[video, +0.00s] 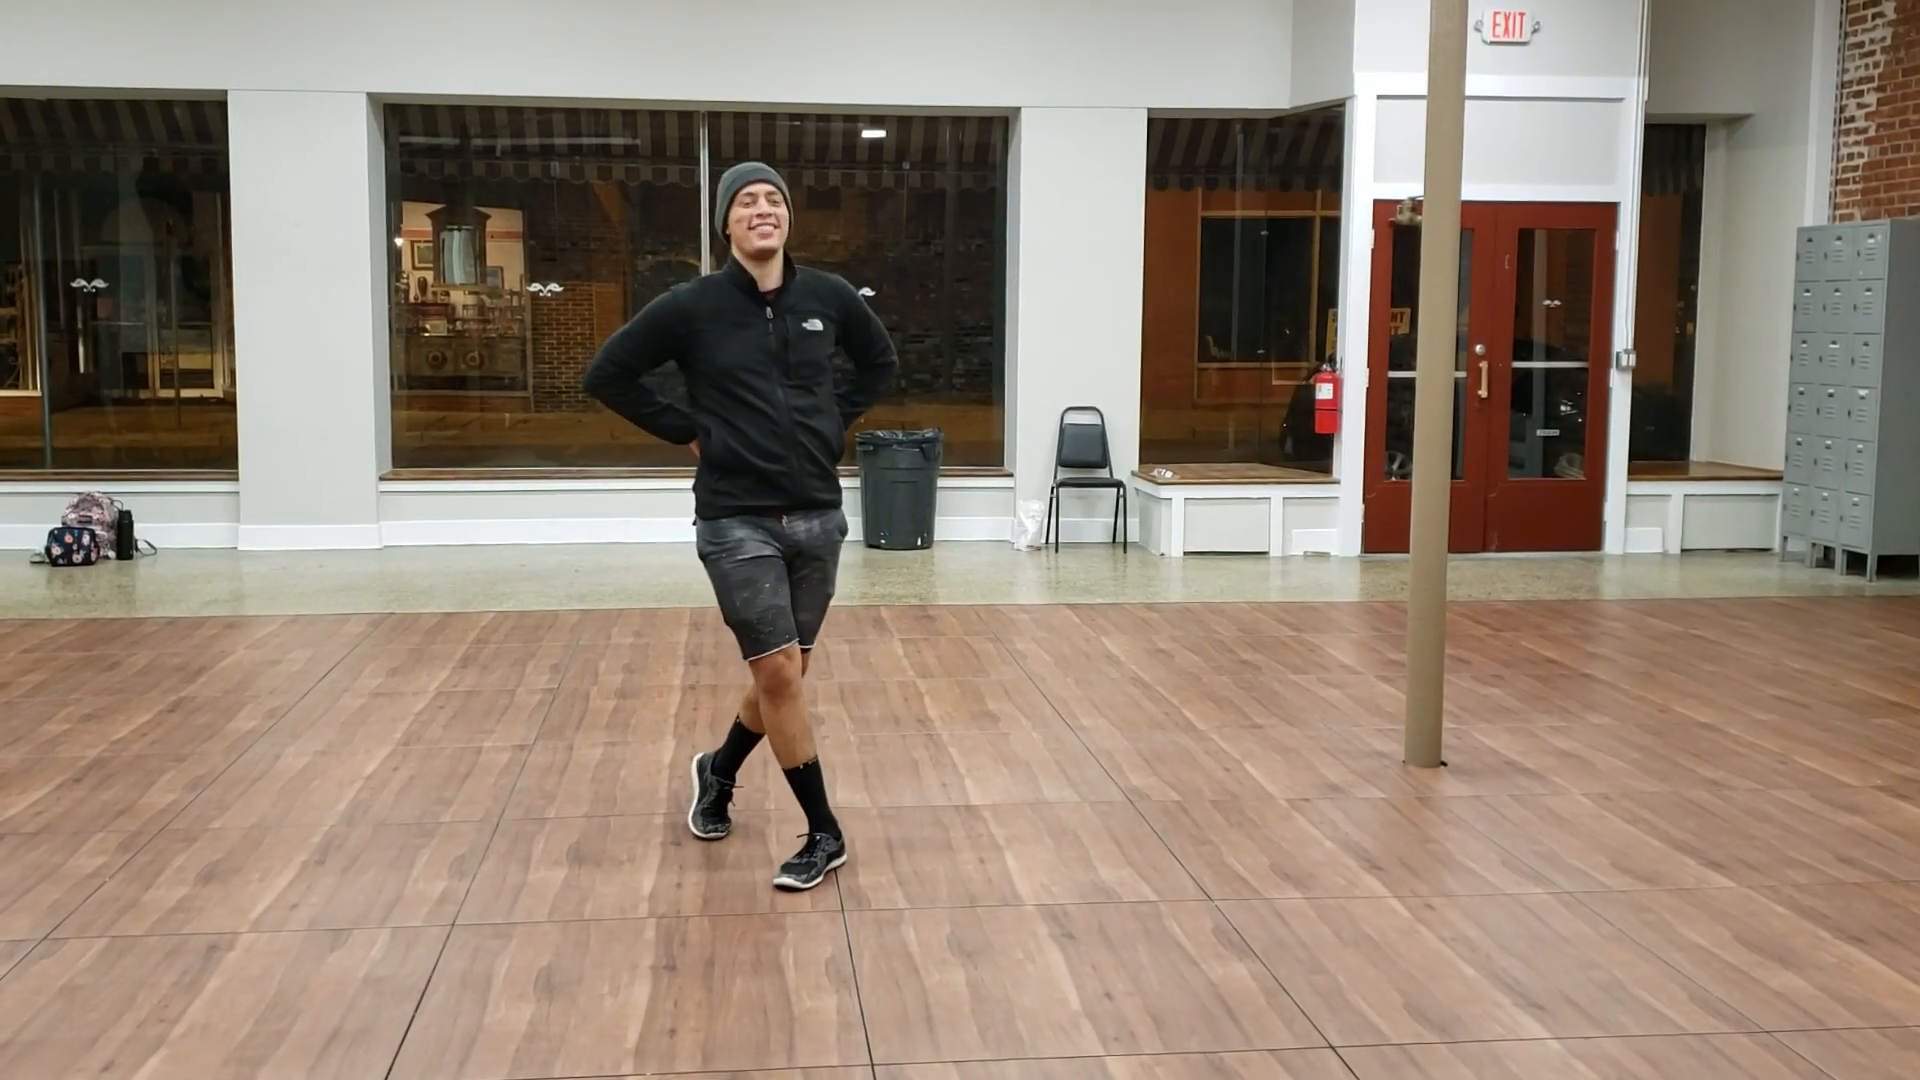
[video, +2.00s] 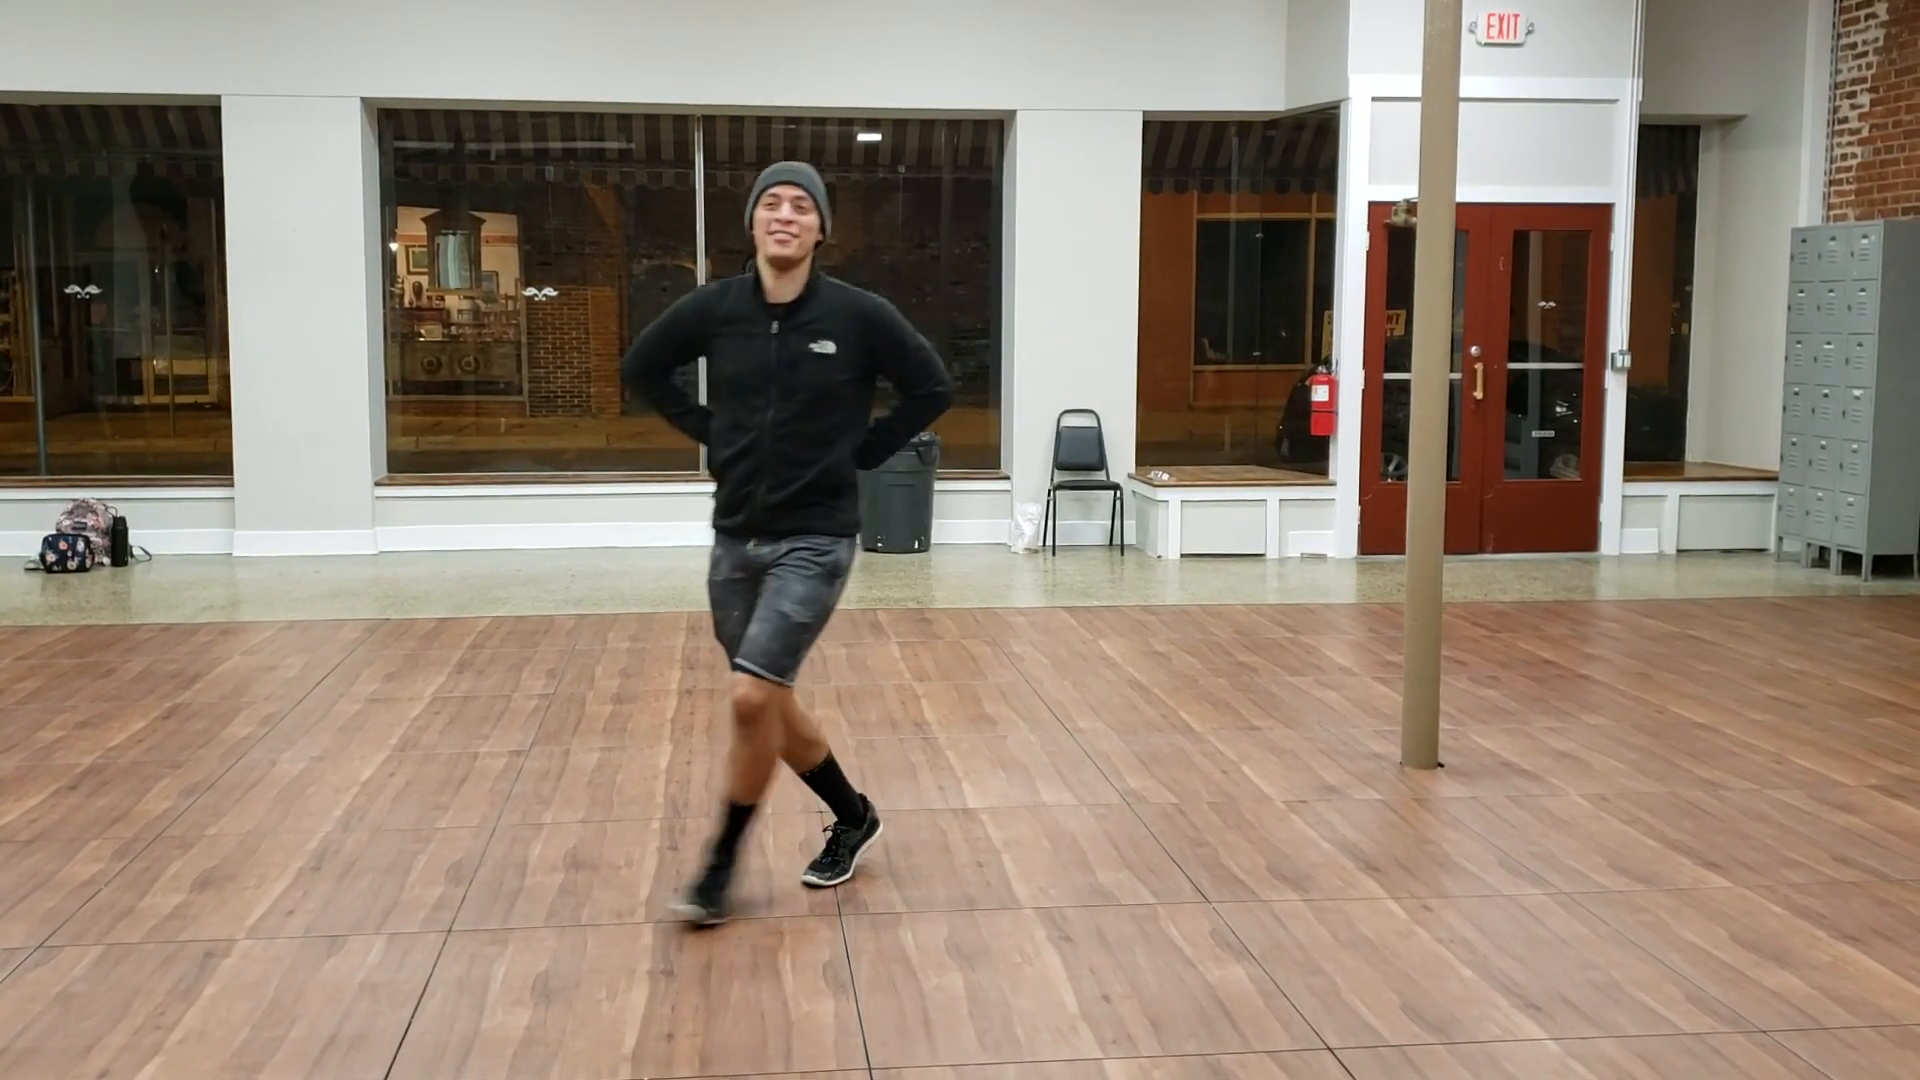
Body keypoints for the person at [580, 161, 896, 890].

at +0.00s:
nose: (762, 210)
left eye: (772, 201)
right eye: (747, 202)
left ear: (790, 220)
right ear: (725, 225)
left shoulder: (832, 296)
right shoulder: (690, 306)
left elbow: (881, 367)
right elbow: (604, 377)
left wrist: (831, 423)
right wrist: (688, 432)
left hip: (817, 514)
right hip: (733, 516)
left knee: (785, 675)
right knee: (779, 671)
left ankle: (719, 769)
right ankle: (824, 833)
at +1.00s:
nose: (867, 245)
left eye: (876, 232)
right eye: (855, 229)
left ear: (880, 237)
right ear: (814, 224)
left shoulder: (902, 297)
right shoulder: (754, 305)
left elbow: (959, 375)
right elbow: (701, 373)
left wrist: (895, 427)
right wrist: (769, 430)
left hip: (881, 523)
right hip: (789, 524)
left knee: (900, 672)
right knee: (804, 676)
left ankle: (851, 774)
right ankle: (822, 837)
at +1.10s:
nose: (872, 241)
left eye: (883, 229)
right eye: (861, 225)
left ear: (890, 234)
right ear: (824, 220)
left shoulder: (915, 297)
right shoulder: (764, 304)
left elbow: (978, 375)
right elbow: (720, 369)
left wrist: (914, 432)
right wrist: (780, 421)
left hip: (898, 523)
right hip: (802, 525)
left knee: (937, 676)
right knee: (811, 680)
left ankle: (947, 808)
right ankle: (824, 838)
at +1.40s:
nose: (918, 249)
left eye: (933, 236)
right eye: (906, 232)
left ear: (946, 247)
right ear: (878, 235)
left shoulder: (974, 320)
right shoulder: (839, 318)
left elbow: (1050, 406)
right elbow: (827, 382)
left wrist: (981, 458)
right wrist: (871, 433)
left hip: (953, 543)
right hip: (858, 538)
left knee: (1002, 695)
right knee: (819, 688)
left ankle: (1065, 841)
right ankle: (834, 826)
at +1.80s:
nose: (852, 205)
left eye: (868, 198)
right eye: (841, 192)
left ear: (884, 222)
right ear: (816, 210)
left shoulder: (912, 305)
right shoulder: (777, 297)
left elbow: (986, 397)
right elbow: (738, 350)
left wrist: (906, 448)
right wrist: (782, 408)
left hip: (874, 529)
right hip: (788, 527)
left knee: (885, 691)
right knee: (787, 680)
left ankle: (983, 817)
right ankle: (851, 817)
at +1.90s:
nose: (815, 207)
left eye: (830, 199)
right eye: (803, 196)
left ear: (850, 222)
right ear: (781, 216)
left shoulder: (886, 306)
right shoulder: (743, 301)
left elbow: (963, 390)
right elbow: (685, 358)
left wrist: (887, 450)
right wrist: (748, 415)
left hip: (845, 526)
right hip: (763, 526)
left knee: (802, 689)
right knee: (773, 691)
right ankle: (848, 822)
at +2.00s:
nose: (785, 216)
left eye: (800, 207)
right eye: (772, 205)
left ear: (821, 229)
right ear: (751, 224)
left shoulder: (858, 314)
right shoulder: (713, 307)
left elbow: (932, 390)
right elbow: (640, 373)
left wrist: (857, 457)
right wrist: (710, 430)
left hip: (816, 538)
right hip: (735, 535)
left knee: (752, 694)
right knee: (763, 703)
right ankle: (852, 813)